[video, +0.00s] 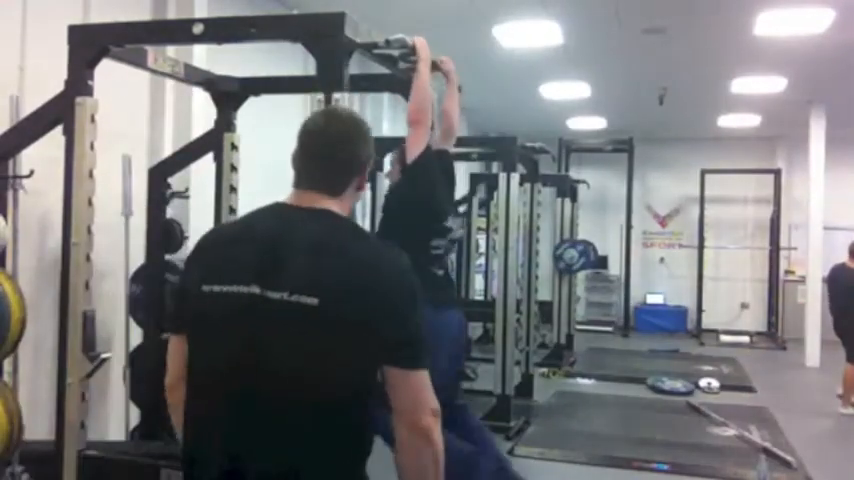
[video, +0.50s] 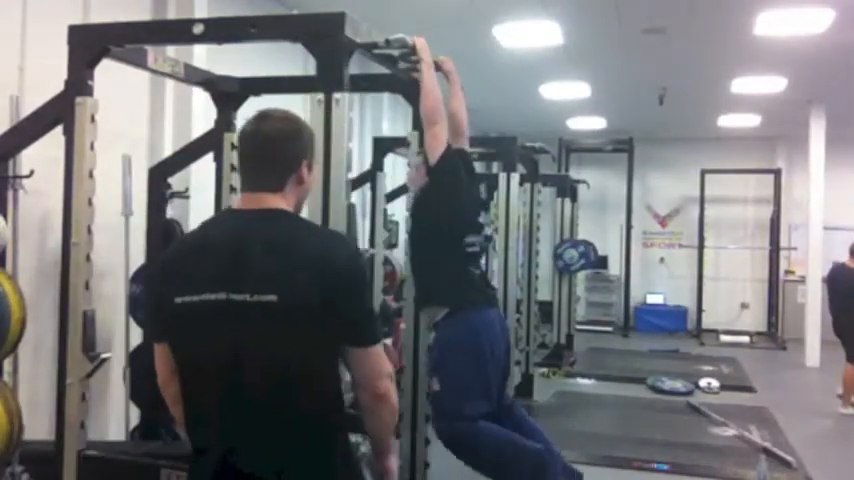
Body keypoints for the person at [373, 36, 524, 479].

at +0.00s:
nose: (395, 157)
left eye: (399, 153)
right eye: (398, 153)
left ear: (412, 155)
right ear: (431, 151)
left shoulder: (416, 179)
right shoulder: (441, 177)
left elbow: (418, 120)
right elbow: (448, 130)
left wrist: (422, 61)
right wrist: (450, 77)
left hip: (419, 311)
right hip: (448, 309)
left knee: (391, 415)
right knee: (449, 405)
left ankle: (476, 468)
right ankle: (500, 470)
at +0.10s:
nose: (394, 163)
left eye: (397, 159)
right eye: (396, 158)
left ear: (408, 164)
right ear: (431, 159)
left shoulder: (416, 188)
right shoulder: (447, 182)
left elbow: (421, 121)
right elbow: (450, 130)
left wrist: (423, 63)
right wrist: (451, 79)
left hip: (430, 314)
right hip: (457, 311)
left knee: (427, 419)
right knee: (462, 403)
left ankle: (505, 462)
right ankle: (517, 463)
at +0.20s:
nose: (400, 167)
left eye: (404, 160)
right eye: (401, 160)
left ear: (419, 161)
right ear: (437, 158)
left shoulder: (428, 185)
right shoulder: (455, 182)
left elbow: (424, 123)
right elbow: (453, 129)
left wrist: (423, 64)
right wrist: (451, 77)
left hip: (439, 316)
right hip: (466, 313)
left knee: (436, 419)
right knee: (470, 399)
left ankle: (521, 450)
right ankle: (528, 455)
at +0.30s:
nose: (407, 168)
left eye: (411, 161)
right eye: (408, 161)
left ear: (425, 161)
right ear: (439, 157)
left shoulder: (434, 184)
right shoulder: (459, 181)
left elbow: (428, 120)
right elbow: (456, 130)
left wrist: (423, 62)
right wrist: (451, 76)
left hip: (448, 316)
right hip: (476, 312)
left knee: (442, 420)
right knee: (479, 401)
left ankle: (527, 448)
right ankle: (537, 454)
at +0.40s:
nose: (410, 168)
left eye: (414, 162)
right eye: (412, 163)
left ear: (428, 165)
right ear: (439, 161)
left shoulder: (438, 186)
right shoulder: (461, 181)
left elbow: (431, 120)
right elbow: (457, 130)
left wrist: (423, 61)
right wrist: (451, 75)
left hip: (456, 319)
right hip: (482, 313)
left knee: (450, 422)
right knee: (491, 403)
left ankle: (538, 458)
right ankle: (549, 462)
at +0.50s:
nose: (410, 172)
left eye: (415, 166)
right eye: (412, 167)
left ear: (429, 168)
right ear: (439, 165)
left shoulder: (440, 186)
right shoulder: (463, 182)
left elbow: (432, 119)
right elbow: (457, 128)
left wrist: (424, 62)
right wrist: (451, 76)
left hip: (461, 322)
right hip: (487, 317)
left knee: (456, 426)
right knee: (498, 407)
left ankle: (548, 471)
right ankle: (560, 471)